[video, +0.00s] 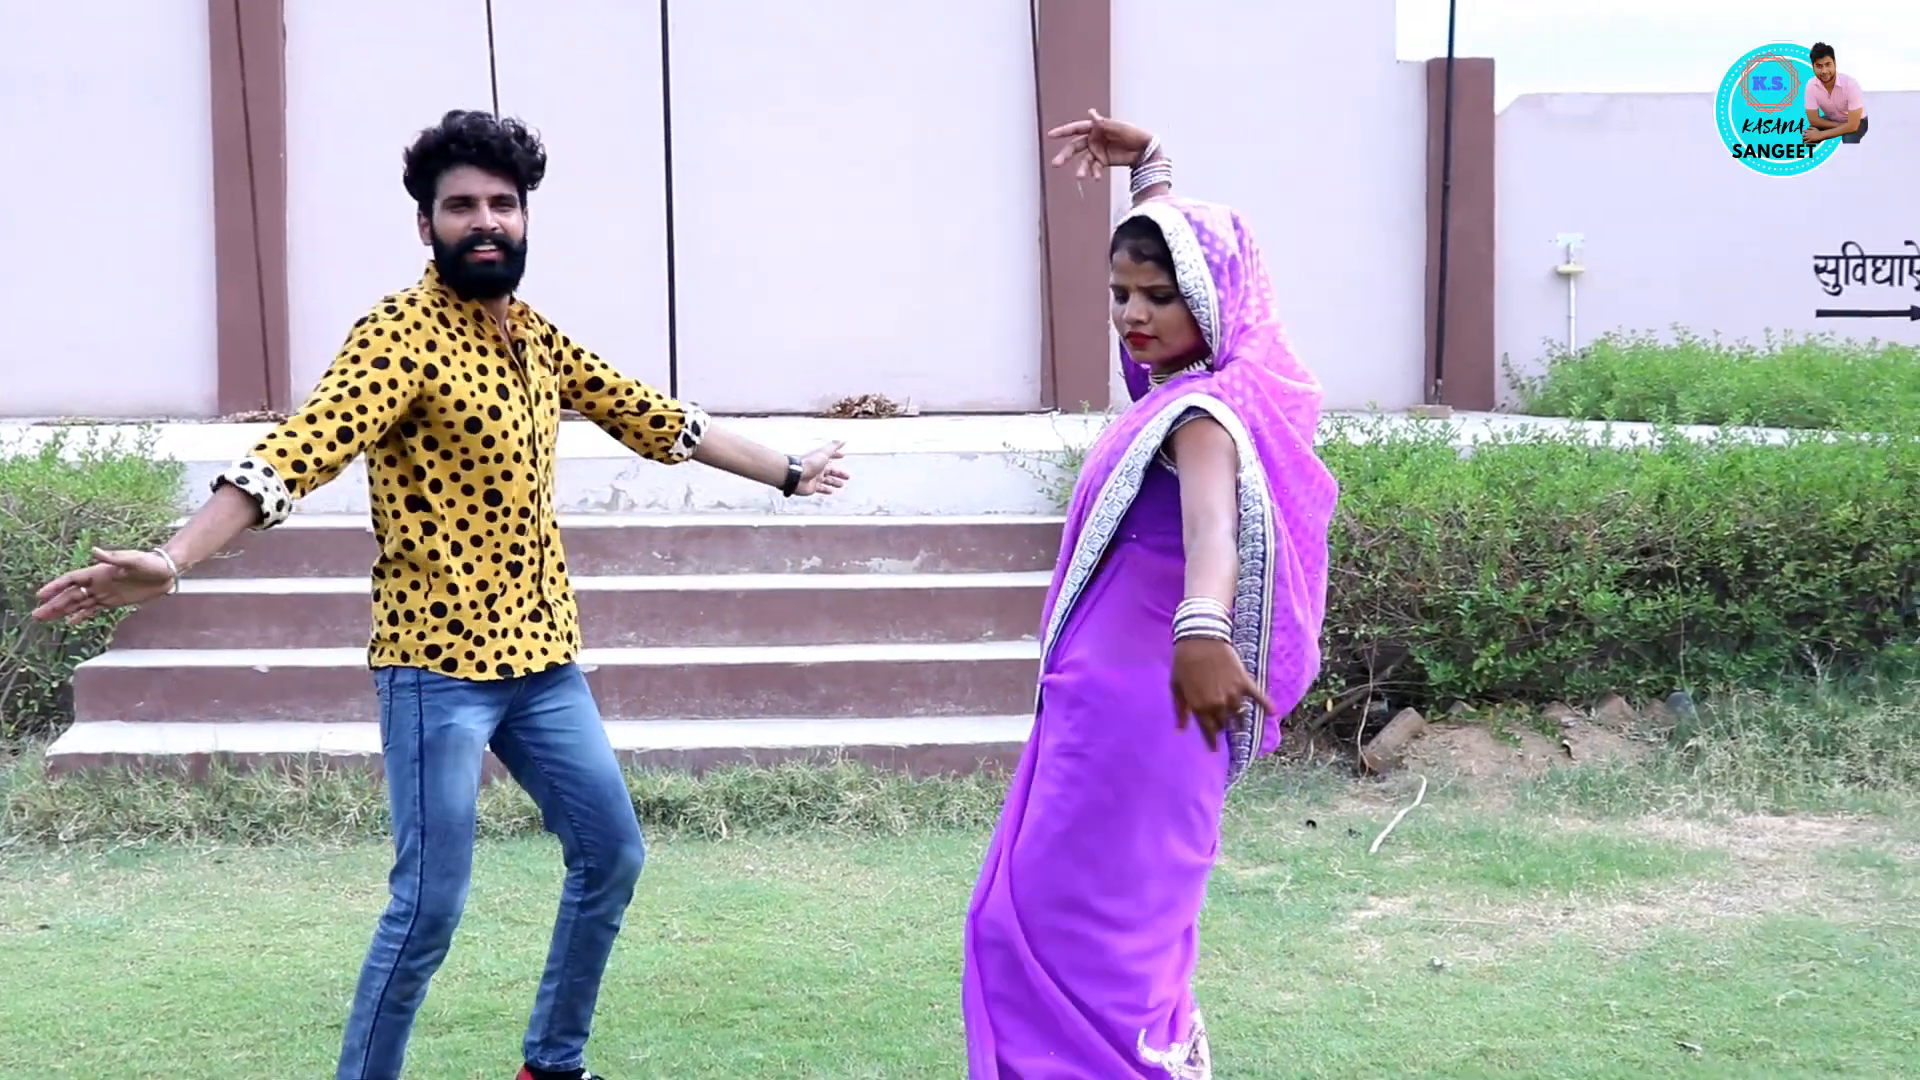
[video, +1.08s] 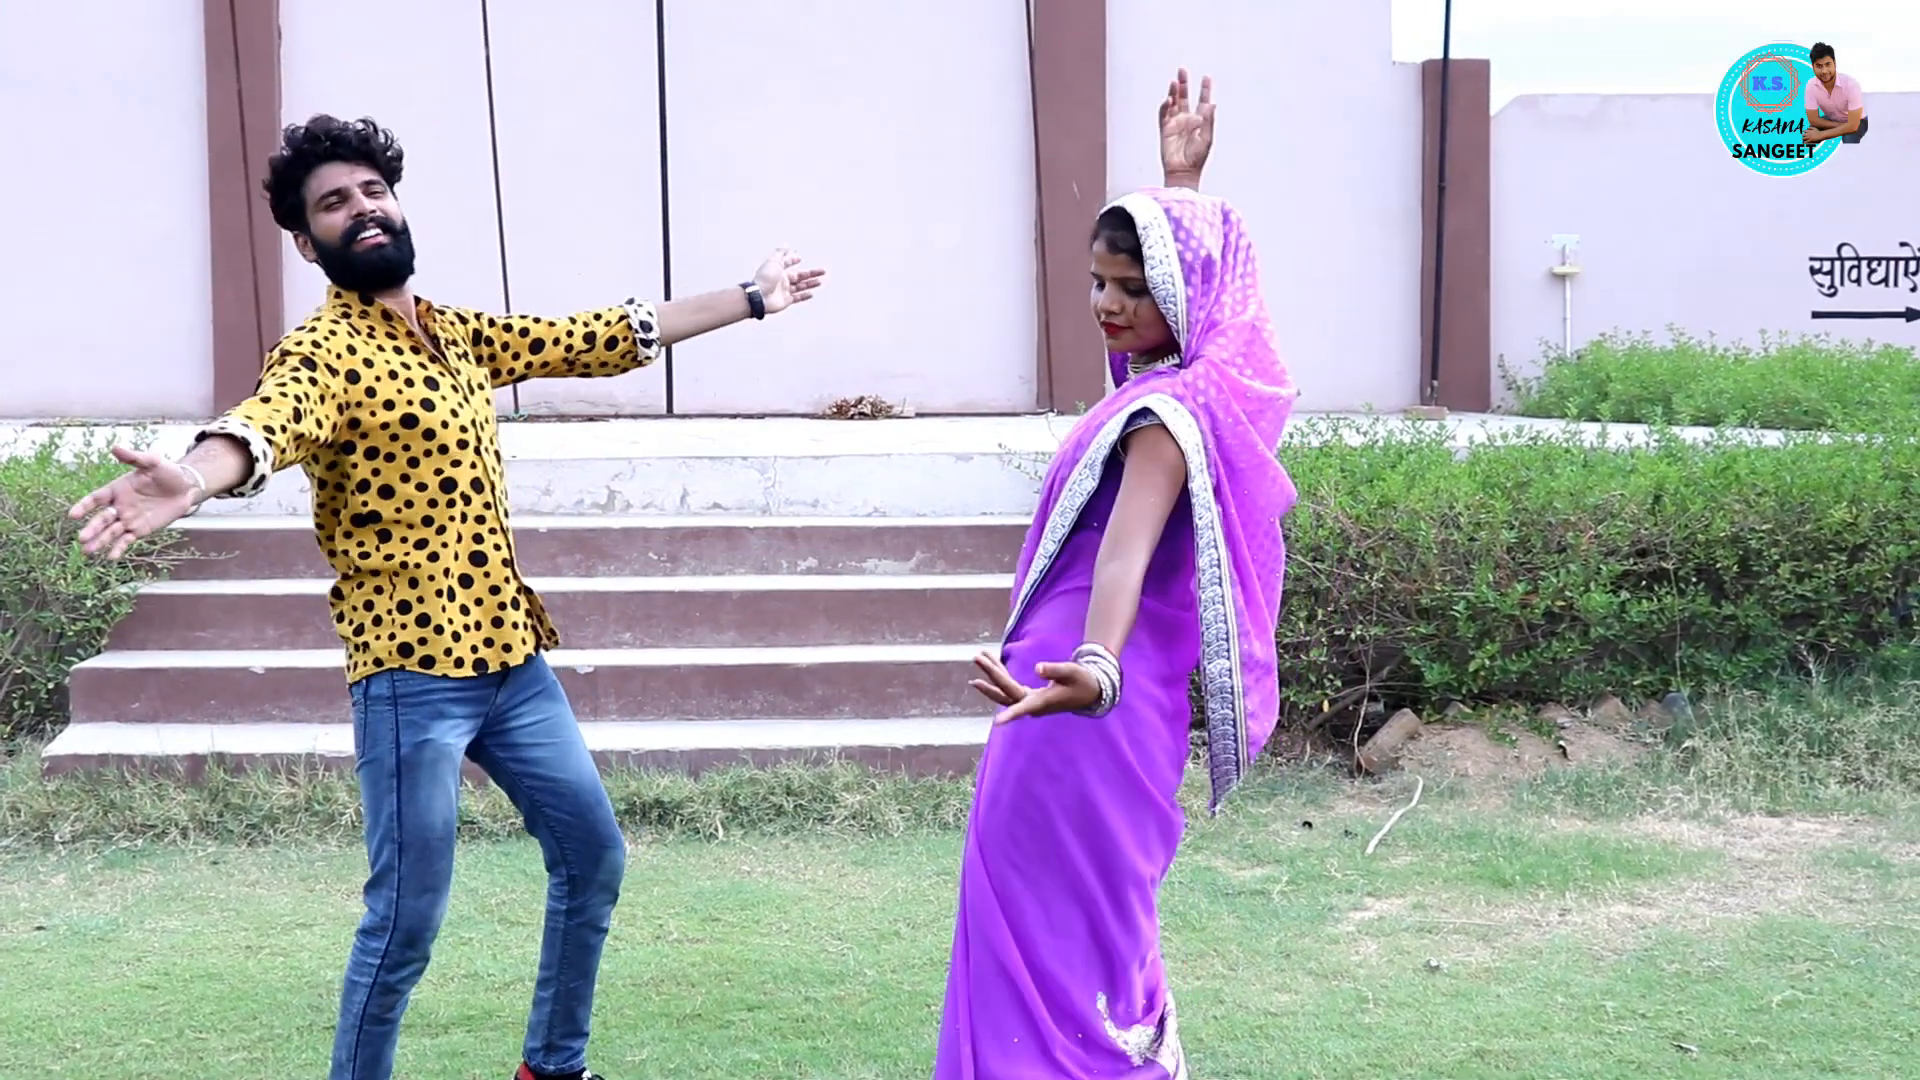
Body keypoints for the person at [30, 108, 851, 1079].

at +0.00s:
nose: (486, 223)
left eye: (503, 205)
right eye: (463, 206)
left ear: (527, 218)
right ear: (426, 222)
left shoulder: (538, 343)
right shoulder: (397, 336)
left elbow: (658, 419)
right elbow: (290, 455)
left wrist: (787, 468)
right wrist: (176, 558)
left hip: (540, 661)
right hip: (434, 665)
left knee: (614, 854)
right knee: (428, 907)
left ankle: (552, 1061)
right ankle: (363, 1070)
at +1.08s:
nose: (363, 210)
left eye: (373, 189)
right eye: (334, 205)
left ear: (402, 203)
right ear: (309, 242)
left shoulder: (458, 334)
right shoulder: (324, 351)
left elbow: (601, 338)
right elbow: (263, 424)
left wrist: (752, 296)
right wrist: (193, 477)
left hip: (511, 661)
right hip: (410, 677)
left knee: (593, 854)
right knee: (405, 920)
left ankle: (554, 1066)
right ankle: (357, 1076)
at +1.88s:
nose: (502, 211)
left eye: (495, 192)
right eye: (474, 202)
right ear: (413, 241)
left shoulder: (523, 317)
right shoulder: (394, 365)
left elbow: (641, 312)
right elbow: (351, 487)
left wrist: (751, 230)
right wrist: (327, 546)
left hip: (556, 663)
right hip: (468, 676)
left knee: (643, 845)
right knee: (490, 918)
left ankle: (611, 1068)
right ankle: (430, 1073)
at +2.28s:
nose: (646, 220)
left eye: (641, 201)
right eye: (631, 205)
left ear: (586, 224)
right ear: (579, 226)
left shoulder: (621, 306)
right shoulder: (516, 361)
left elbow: (703, 271)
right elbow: (470, 516)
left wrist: (804, 212)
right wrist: (500, 589)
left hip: (650, 651)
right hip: (574, 665)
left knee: (725, 833)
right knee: (579, 898)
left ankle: (688, 1056)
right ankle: (508, 1071)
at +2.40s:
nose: (678, 245)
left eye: (673, 226)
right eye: (667, 228)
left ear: (620, 245)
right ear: (622, 246)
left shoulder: (637, 333)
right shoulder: (537, 391)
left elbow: (709, 302)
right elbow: (533, 577)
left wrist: (795, 230)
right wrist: (604, 661)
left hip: (678, 658)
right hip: (602, 681)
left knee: (757, 833)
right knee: (618, 910)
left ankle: (699, 1058)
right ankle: (529, 1071)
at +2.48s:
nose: (708, 250)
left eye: (703, 231)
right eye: (694, 233)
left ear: (644, 248)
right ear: (650, 251)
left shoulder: (648, 330)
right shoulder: (567, 393)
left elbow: (708, 293)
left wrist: (787, 217)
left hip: (688, 652)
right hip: (622, 674)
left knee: (770, 831)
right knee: (629, 906)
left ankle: (703, 1058)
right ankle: (534, 1071)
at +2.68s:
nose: (777, 245)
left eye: (775, 228)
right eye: (773, 230)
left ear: (687, 236)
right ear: (743, 247)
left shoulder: (650, 296)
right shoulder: (711, 400)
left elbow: (684, 192)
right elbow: (748, 587)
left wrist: (771, 101)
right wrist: (847, 659)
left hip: (677, 629)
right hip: (688, 650)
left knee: (761, 833)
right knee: (646, 883)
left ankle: (707, 1065)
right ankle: (530, 1068)